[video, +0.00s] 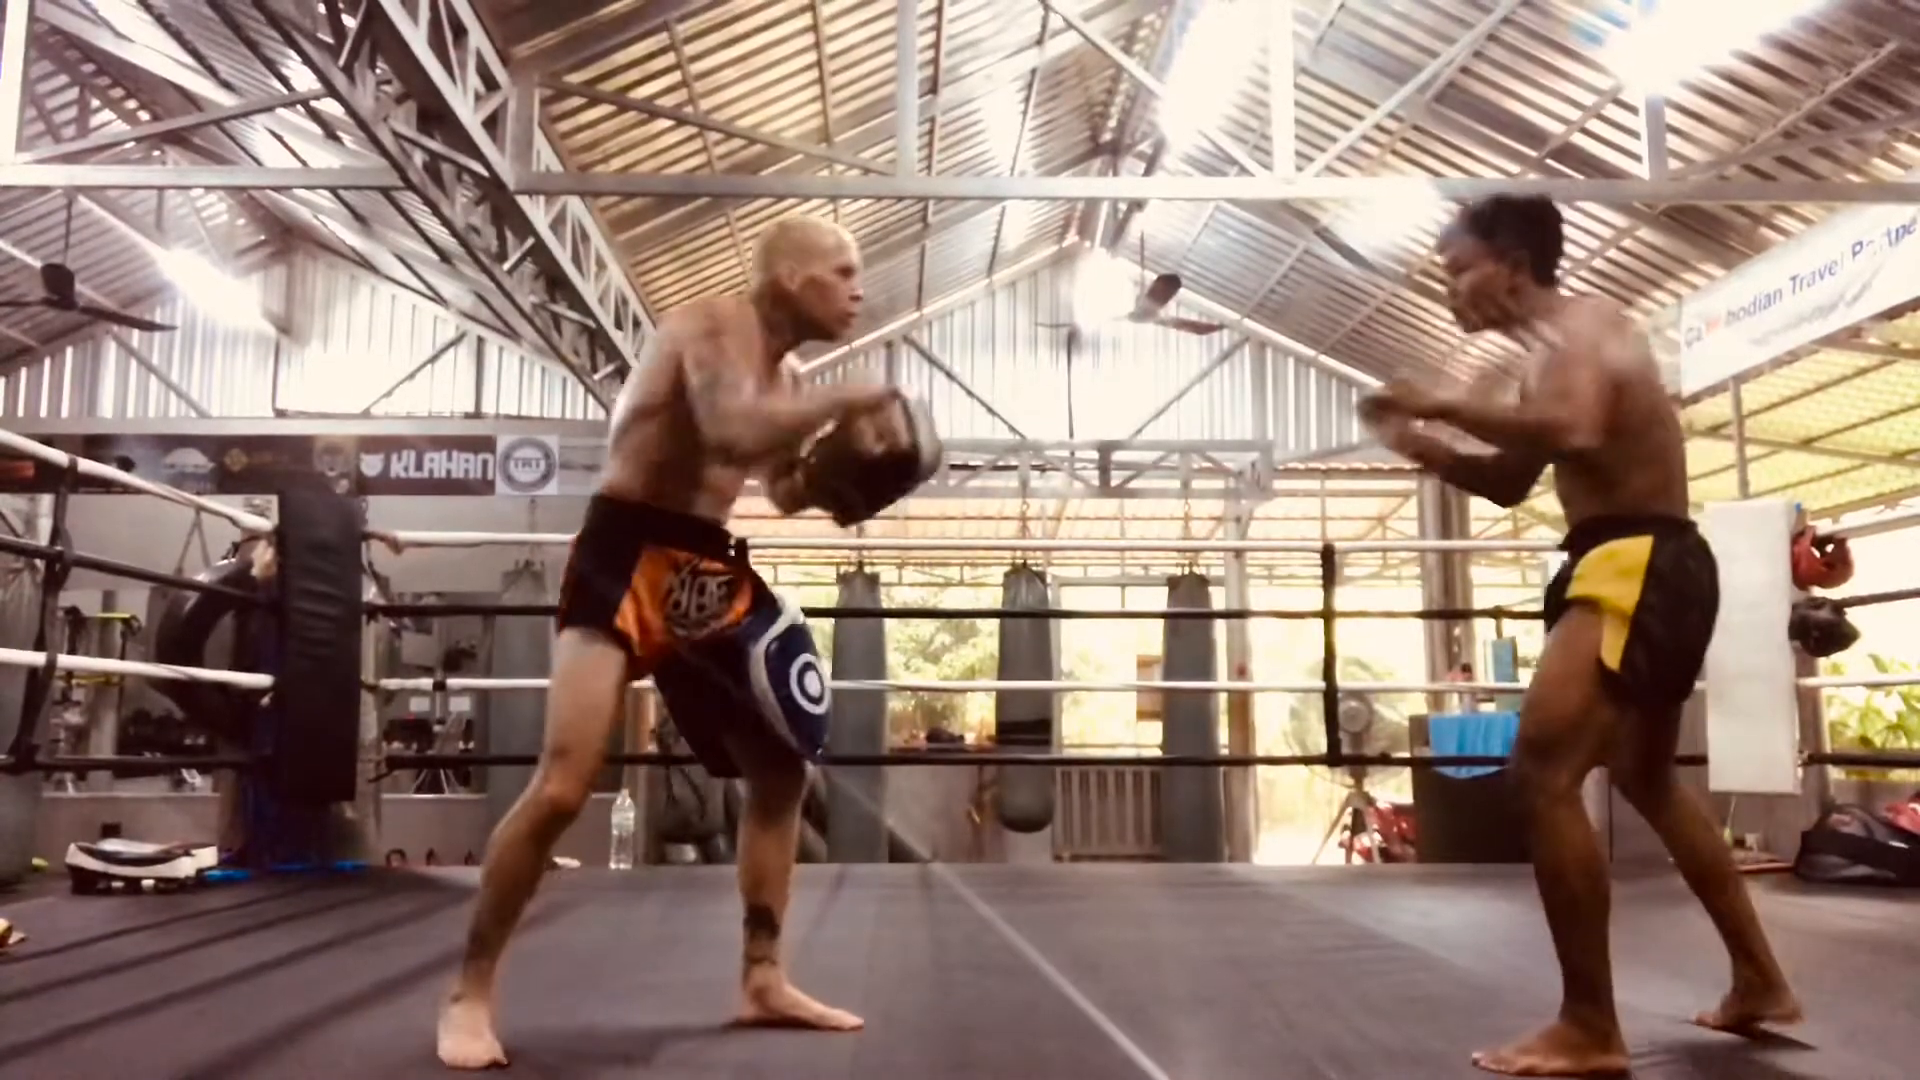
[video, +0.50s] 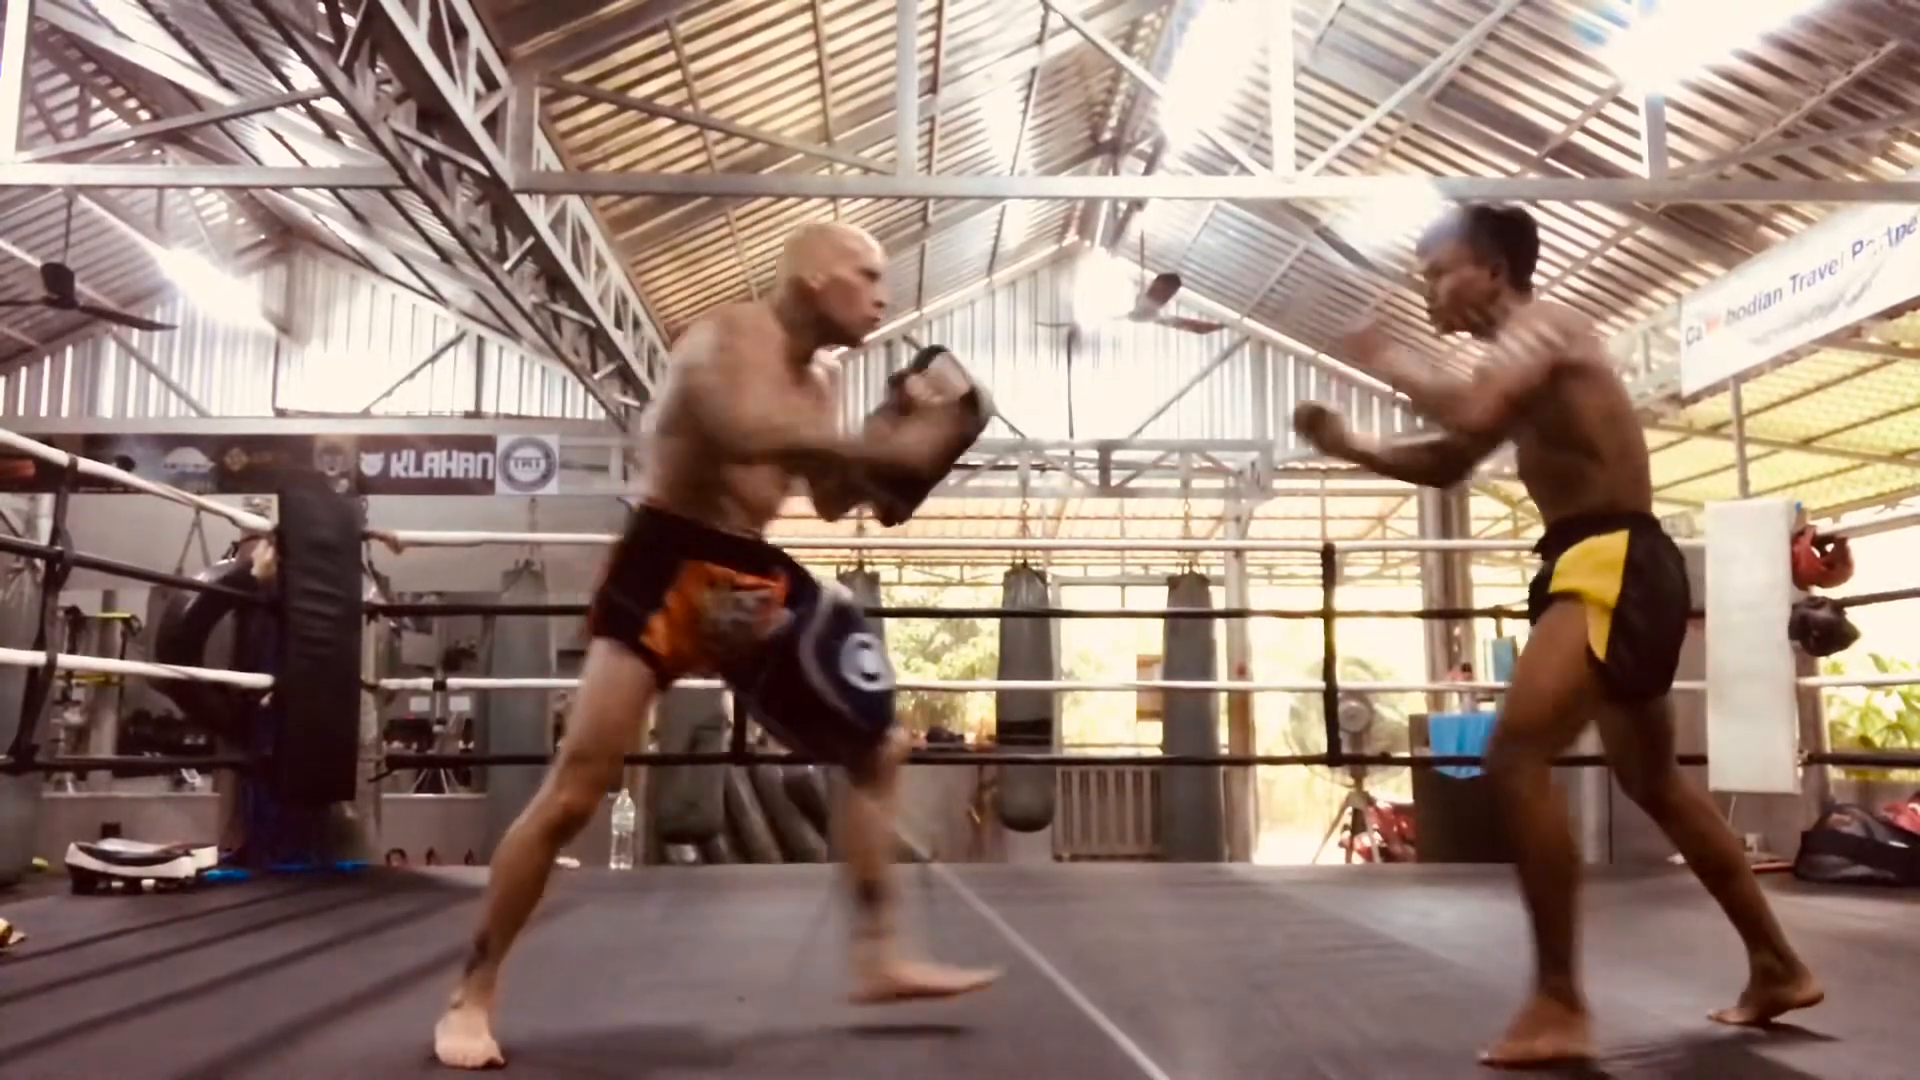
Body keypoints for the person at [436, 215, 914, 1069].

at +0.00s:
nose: (857, 292)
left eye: (857, 277)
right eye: (842, 276)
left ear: (808, 286)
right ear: (791, 281)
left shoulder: (779, 372)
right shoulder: (712, 320)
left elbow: (781, 491)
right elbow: (730, 423)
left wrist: (843, 465)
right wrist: (853, 397)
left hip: (707, 562)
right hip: (624, 549)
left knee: (781, 770)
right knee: (561, 791)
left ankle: (764, 980)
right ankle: (471, 992)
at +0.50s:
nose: (881, 300)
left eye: (881, 284)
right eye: (868, 280)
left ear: (833, 287)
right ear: (816, 278)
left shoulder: (815, 385)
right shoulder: (733, 333)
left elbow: (833, 497)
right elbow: (740, 425)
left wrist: (904, 433)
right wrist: (884, 450)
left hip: (751, 576)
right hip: (665, 563)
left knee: (877, 745)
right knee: (572, 796)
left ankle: (876, 962)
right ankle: (473, 996)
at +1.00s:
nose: (1029, 300)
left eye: (1034, 290)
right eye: (1022, 279)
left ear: (1011, 296)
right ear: (974, 265)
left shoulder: (985, 371)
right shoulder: (919, 318)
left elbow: (1047, 458)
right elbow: (808, 400)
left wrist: (1049, 366)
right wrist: (803, 409)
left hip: (959, 566)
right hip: (968, 494)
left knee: (1039, 774)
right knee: (1204, 462)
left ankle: (1024, 980)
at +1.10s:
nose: (1029, 259)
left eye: (1034, 244)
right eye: (1016, 241)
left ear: (1024, 253)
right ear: (963, 240)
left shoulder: (998, 346)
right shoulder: (919, 301)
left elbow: (1071, 435)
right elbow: (857, 381)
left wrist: (1090, 342)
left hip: (955, 553)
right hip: (975, 503)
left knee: (1026, 770)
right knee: (1214, 508)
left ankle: (1022, 980)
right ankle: (1354, 634)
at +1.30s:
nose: (1062, 236)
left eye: (1067, 221)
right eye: (1048, 217)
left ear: (1017, 221)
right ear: (993, 213)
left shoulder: (982, 297)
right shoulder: (965, 279)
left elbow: (984, 433)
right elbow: (1052, 356)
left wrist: (1049, 403)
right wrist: (1178, 321)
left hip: (956, 527)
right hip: (989, 515)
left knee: (1035, 765)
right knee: (1093, 742)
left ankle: (1026, 974)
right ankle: (987, 984)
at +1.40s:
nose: (1082, 259)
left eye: (1086, 244)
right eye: (1075, 240)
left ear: (1029, 233)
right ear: (1027, 230)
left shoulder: (1015, 315)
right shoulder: (993, 287)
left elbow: (1067, 429)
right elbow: (1109, 363)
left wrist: (1166, 325)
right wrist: (1196, 314)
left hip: (995, 537)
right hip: (958, 531)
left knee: (1051, 777)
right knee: (1000, 786)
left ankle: (1026, 983)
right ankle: (907, 1039)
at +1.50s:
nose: (1109, 288)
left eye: (1116, 272)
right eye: (1103, 266)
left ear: (1061, 250)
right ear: (1054, 243)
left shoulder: (1017, 323)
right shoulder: (990, 288)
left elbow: (1002, 487)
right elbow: (1106, 385)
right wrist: (1193, 323)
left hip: (977, 545)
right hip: (930, 534)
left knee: (1044, 767)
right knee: (984, 786)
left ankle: (1022, 982)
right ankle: (901, 1042)